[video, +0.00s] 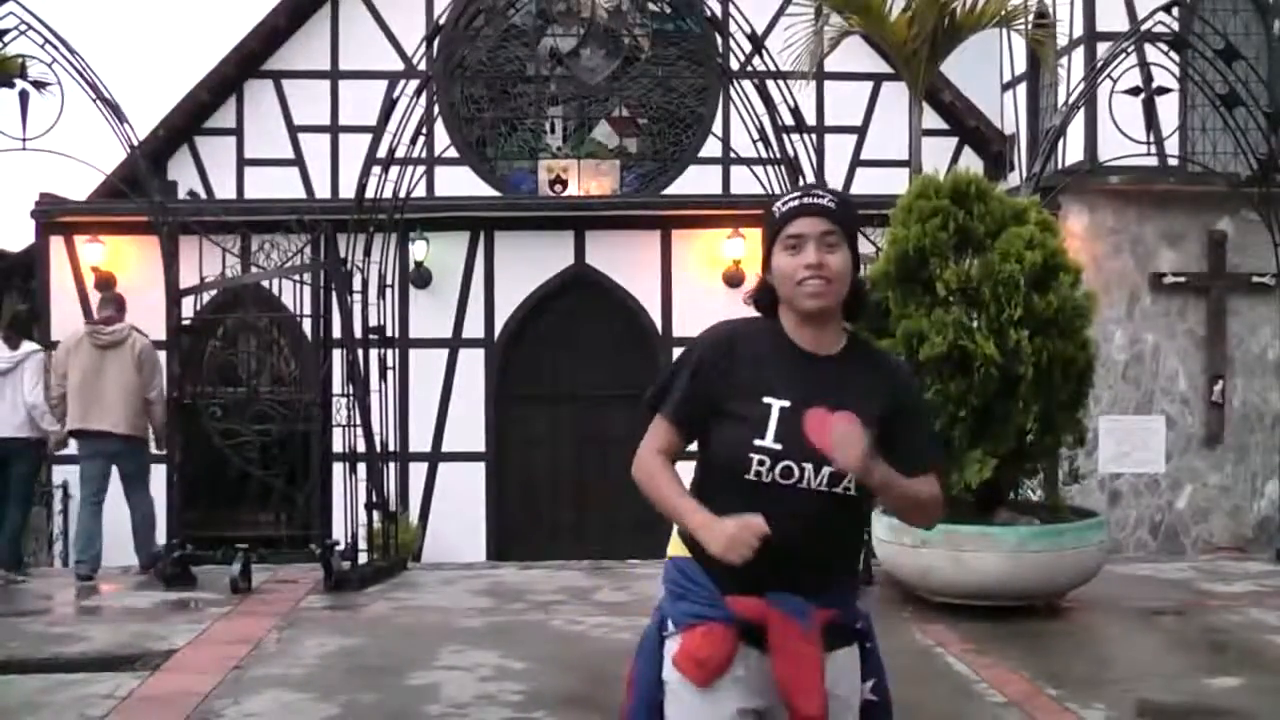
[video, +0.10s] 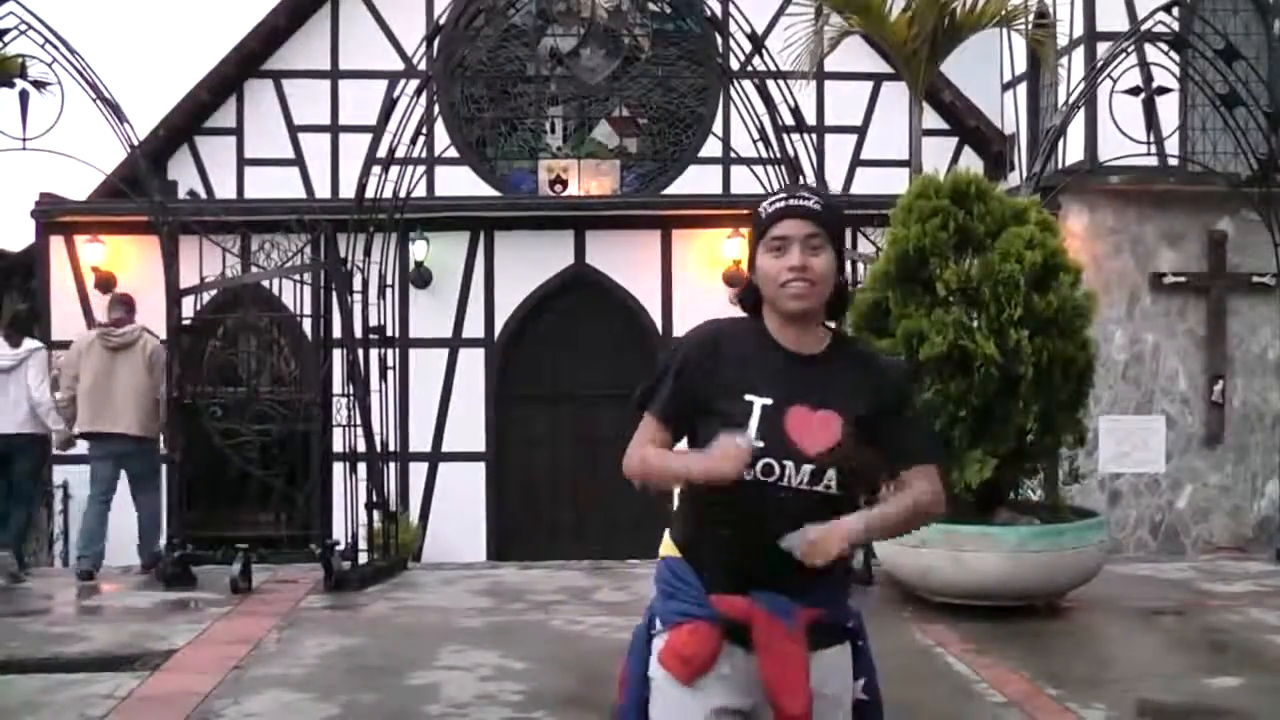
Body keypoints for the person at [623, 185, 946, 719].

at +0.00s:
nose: (814, 261)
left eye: (830, 245)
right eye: (794, 247)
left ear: (853, 264)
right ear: (769, 269)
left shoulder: (886, 379)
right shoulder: (723, 350)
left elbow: (929, 508)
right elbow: (648, 459)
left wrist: (873, 470)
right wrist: (708, 527)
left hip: (826, 610)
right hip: (711, 605)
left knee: (856, 707)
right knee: (694, 707)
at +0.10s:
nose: (796, 263)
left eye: (814, 247)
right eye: (778, 248)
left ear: (838, 267)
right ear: (753, 268)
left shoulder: (874, 377)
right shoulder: (708, 350)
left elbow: (928, 493)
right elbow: (638, 459)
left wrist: (846, 530)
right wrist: (702, 464)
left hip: (813, 608)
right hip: (700, 604)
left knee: (830, 708)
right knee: (682, 707)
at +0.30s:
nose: (760, 259)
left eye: (777, 244)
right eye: (742, 245)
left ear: (801, 260)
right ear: (719, 263)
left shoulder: (836, 363)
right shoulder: (681, 346)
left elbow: (910, 475)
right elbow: (613, 461)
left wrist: (832, 475)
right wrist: (693, 445)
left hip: (793, 602)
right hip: (676, 600)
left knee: (827, 707)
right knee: (632, 709)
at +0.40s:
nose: (725, 262)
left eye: (742, 247)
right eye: (707, 248)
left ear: (764, 266)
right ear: (682, 271)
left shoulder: (803, 363)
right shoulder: (640, 357)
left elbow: (868, 475)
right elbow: (585, 470)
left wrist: (795, 435)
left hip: (768, 608)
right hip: (653, 608)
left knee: (794, 708)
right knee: (632, 708)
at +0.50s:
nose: (697, 265)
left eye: (713, 249)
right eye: (679, 252)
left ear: (737, 266)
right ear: (656, 271)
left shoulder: (781, 362)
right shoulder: (620, 359)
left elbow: (833, 479)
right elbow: (562, 471)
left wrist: (758, 452)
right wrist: (608, 523)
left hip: (750, 615)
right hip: (635, 614)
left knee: (775, 708)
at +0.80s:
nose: (634, 265)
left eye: (650, 248)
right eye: (617, 251)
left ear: (677, 262)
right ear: (598, 268)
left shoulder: (731, 353)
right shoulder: (575, 361)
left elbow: (790, 459)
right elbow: (533, 476)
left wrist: (688, 452)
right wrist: (569, 467)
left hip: (714, 595)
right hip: (606, 598)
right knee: (592, 709)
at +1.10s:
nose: (622, 264)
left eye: (641, 247)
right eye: (606, 250)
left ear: (671, 262)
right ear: (588, 268)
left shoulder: (714, 354)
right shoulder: (572, 362)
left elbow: (764, 473)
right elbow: (532, 498)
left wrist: (656, 518)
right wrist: (531, 468)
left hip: (698, 602)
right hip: (602, 602)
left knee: (684, 711)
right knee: (593, 711)